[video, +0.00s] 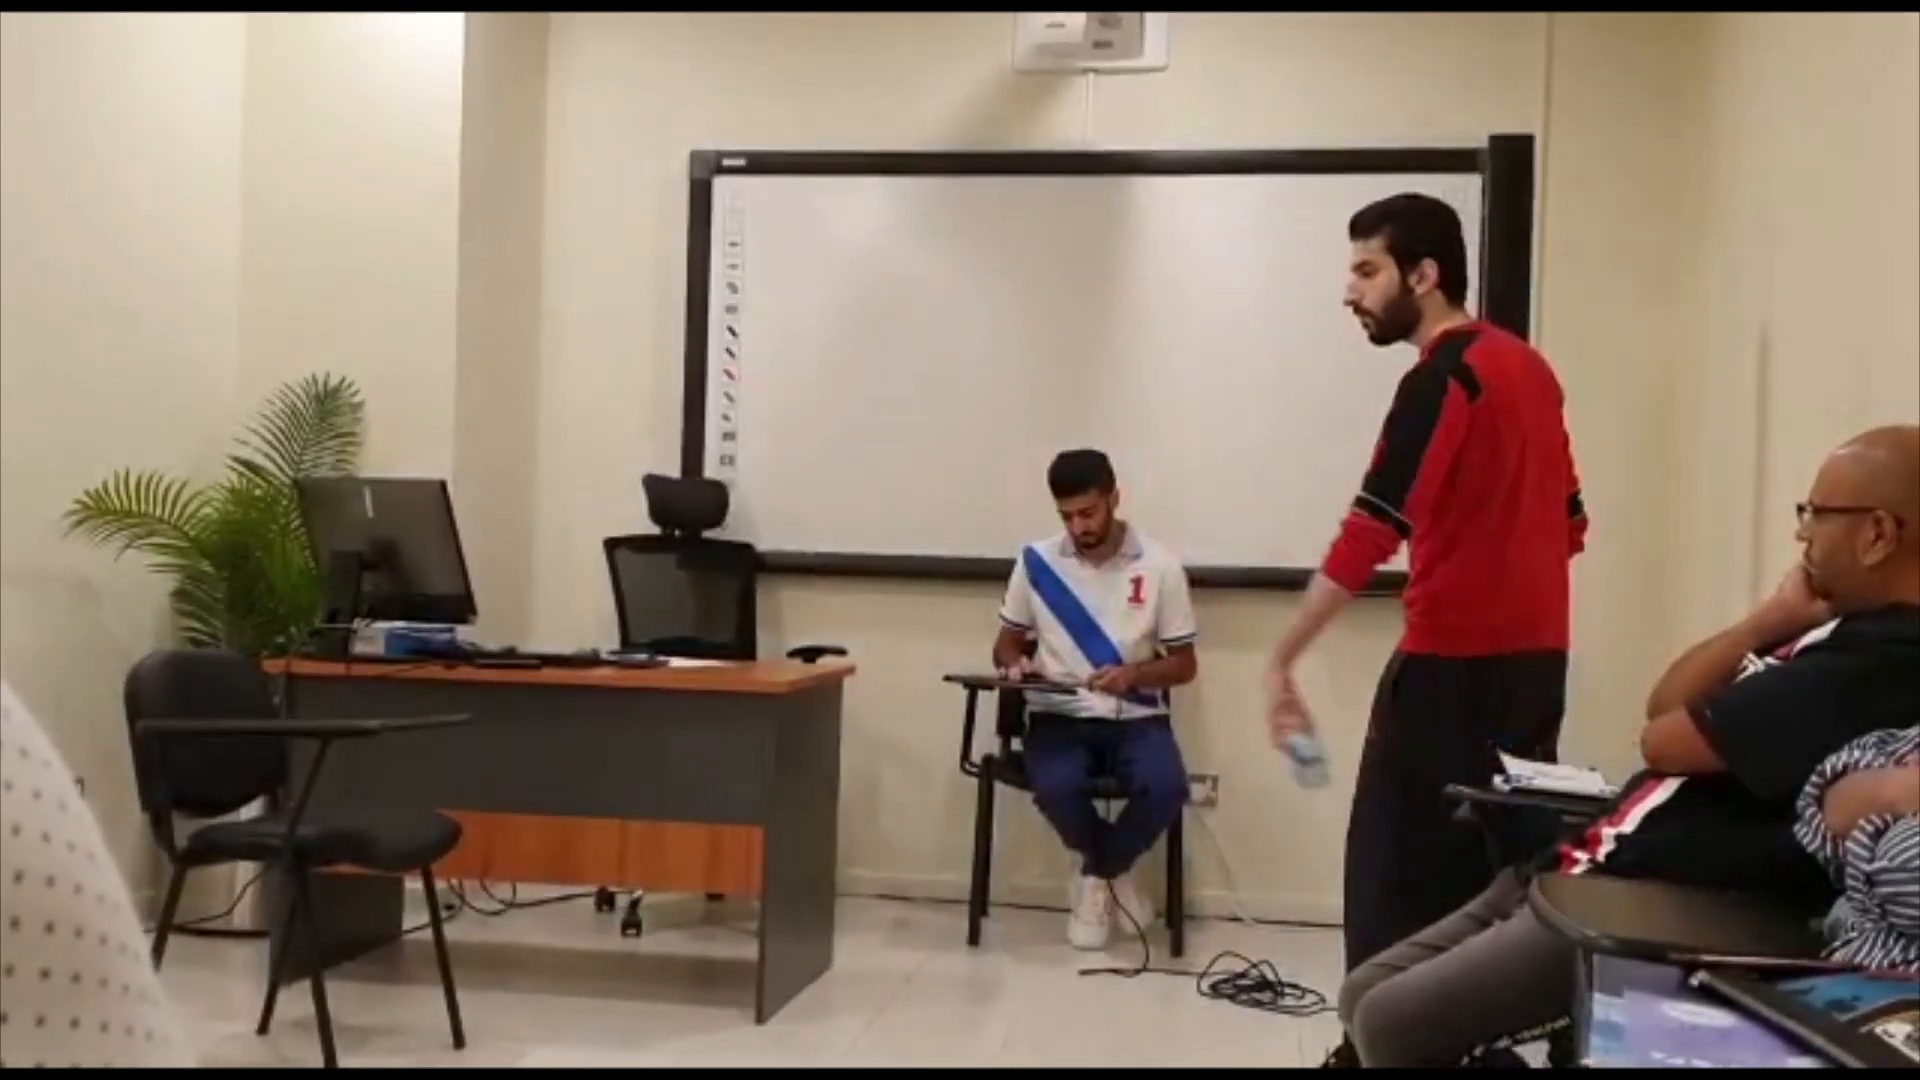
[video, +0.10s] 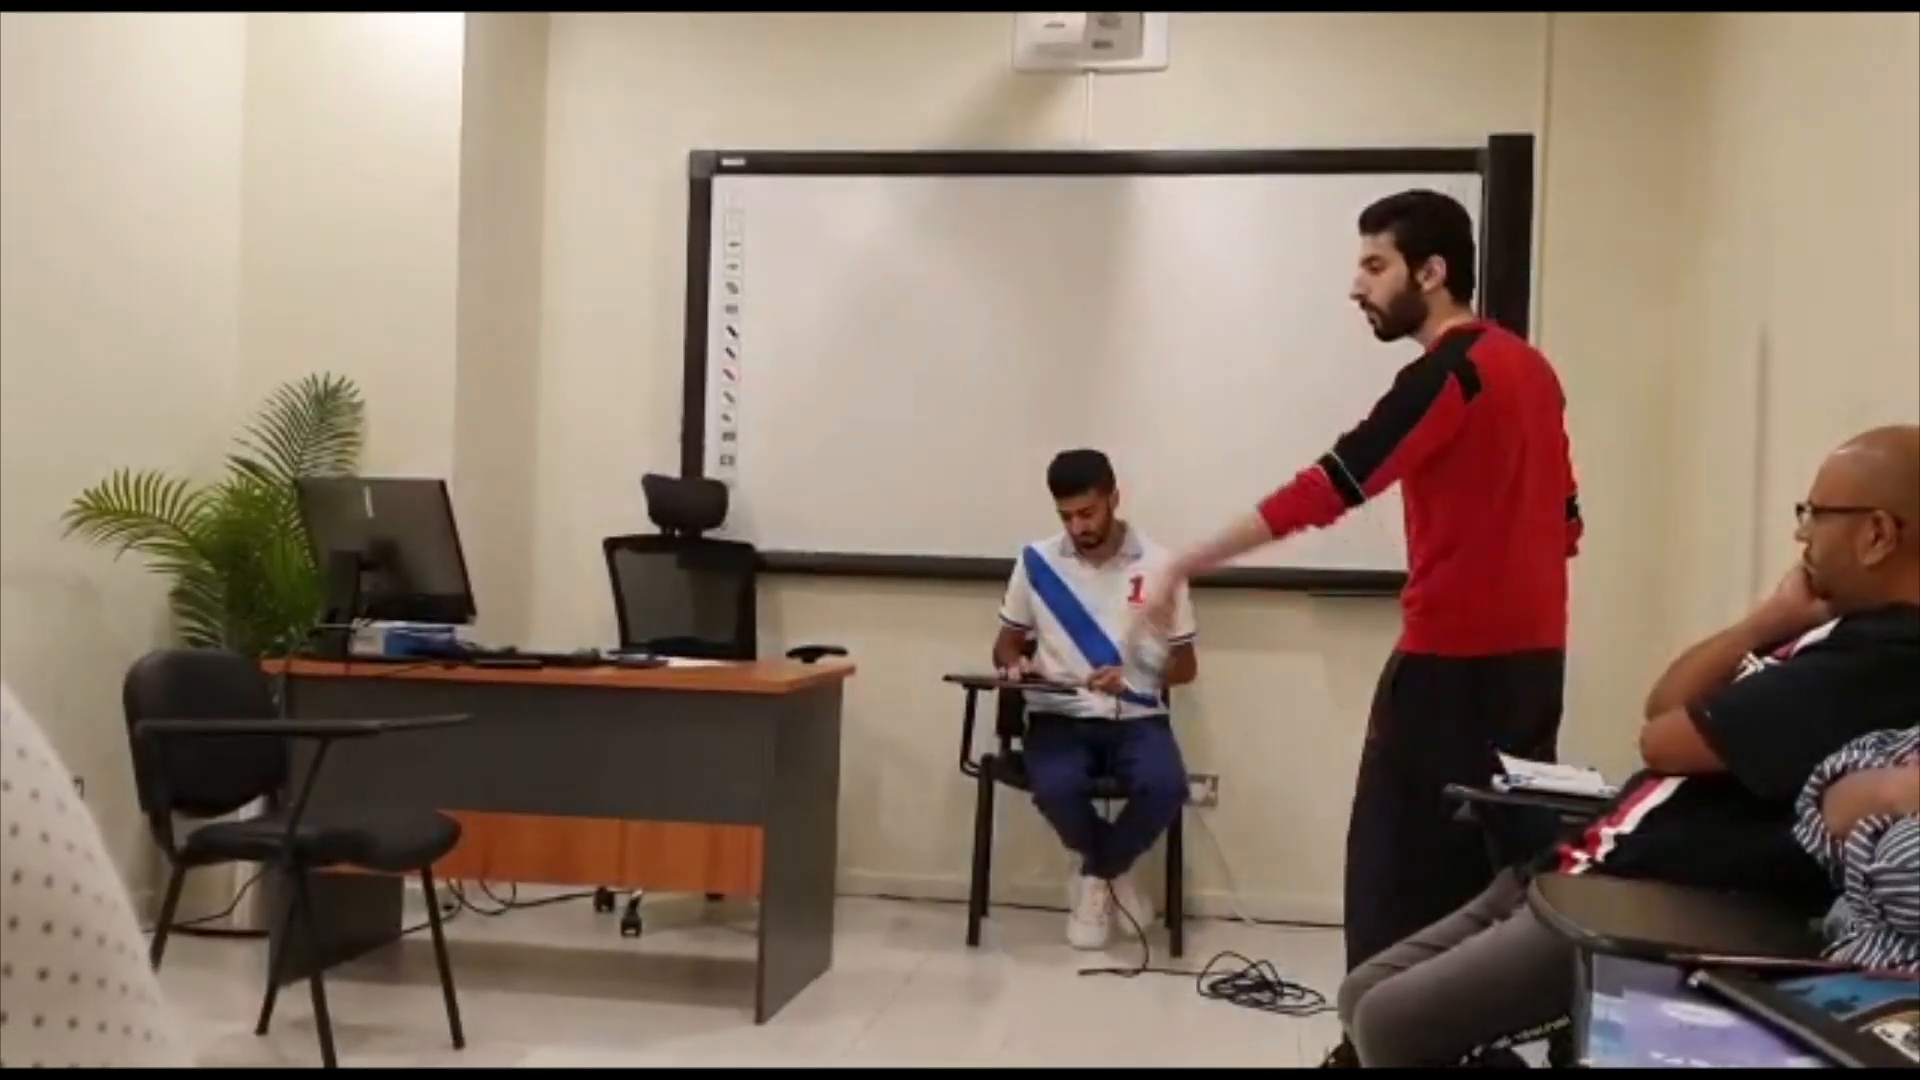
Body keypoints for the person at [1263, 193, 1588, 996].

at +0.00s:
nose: (1351, 293)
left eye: (1365, 272)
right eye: (1352, 273)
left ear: (1424, 274)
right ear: (1434, 277)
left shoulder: (1440, 374)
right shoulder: (1529, 365)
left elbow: (1372, 530)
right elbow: (1570, 527)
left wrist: (1282, 657)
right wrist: (1467, 580)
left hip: (1450, 665)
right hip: (1533, 664)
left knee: (1390, 863)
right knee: (1503, 861)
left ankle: (1388, 1041)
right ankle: (1490, 1035)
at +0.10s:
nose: (1358, 288)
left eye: (1374, 267)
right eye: (1360, 268)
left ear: (1432, 272)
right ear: (1439, 275)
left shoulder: (1442, 372)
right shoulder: (1532, 367)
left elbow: (1333, 485)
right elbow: (1565, 527)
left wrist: (1185, 565)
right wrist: (1474, 578)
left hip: (1450, 659)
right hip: (1532, 658)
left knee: (1390, 857)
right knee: (1500, 856)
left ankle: (1387, 1039)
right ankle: (1488, 1035)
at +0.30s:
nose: (1367, 272)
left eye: (1386, 255)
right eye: (1372, 254)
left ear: (1443, 266)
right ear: (1448, 269)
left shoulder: (1442, 365)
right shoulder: (1533, 369)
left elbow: (1283, 420)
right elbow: (1564, 527)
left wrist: (1105, 384)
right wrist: (1481, 598)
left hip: (1447, 663)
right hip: (1526, 663)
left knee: (1390, 866)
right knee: (1487, 867)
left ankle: (1390, 1043)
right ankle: (1483, 1039)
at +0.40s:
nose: (1371, 268)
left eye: (1390, 251)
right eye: (1376, 250)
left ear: (1447, 263)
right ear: (1453, 267)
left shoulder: (1440, 365)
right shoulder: (1534, 369)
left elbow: (1274, 403)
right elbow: (1562, 530)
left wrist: (1126, 333)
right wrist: (1469, 587)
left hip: (1441, 666)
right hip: (1524, 666)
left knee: (1387, 862)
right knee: (1494, 868)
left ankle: (1383, 1040)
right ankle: (1488, 1039)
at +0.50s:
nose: (1371, 266)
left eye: (1392, 250)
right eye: (1378, 248)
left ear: (1449, 264)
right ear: (1454, 268)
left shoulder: (1437, 365)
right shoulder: (1533, 368)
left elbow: (1274, 394)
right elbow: (1563, 533)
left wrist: (1136, 310)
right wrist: (1470, 587)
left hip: (1440, 661)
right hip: (1523, 660)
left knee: (1388, 866)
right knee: (1494, 864)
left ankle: (1382, 1039)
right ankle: (1486, 1037)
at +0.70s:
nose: (1375, 267)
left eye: (1394, 251)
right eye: (1380, 250)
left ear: (1451, 264)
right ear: (1456, 268)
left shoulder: (1450, 363)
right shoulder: (1534, 369)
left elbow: (1285, 400)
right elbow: (1564, 533)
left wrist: (1137, 328)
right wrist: (1486, 602)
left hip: (1444, 660)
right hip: (1520, 659)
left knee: (1389, 863)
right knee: (1491, 863)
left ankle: (1381, 1038)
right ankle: (1484, 1037)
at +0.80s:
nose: (1375, 273)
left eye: (1394, 256)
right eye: (1380, 255)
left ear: (1452, 265)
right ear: (1456, 270)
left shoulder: (1459, 362)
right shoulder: (1532, 368)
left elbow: (1308, 426)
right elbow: (1565, 535)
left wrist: (1146, 376)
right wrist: (1480, 600)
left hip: (1448, 658)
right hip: (1521, 657)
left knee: (1389, 858)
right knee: (1492, 858)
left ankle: (1380, 1038)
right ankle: (1485, 1035)